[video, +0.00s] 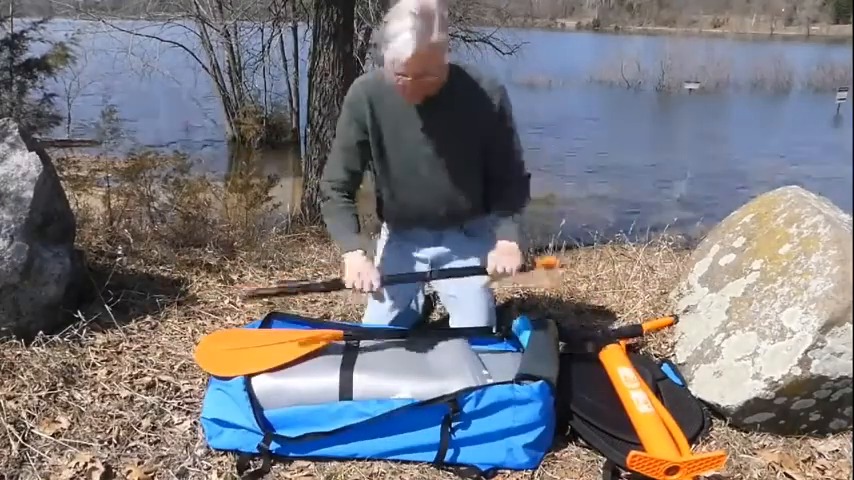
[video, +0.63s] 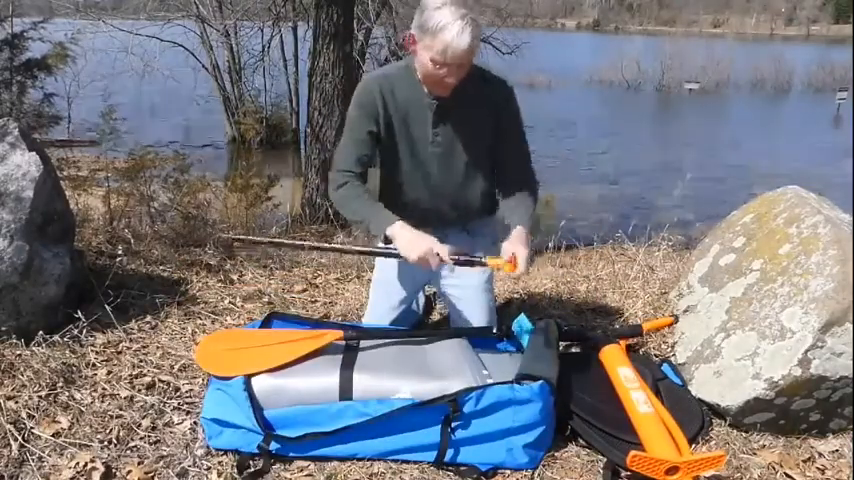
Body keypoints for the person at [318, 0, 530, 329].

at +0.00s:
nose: (410, 90)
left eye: (424, 77)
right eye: (400, 76)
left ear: (446, 61)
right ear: (384, 61)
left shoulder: (484, 94)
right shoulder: (365, 96)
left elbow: (509, 177)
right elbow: (336, 188)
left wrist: (507, 239)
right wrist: (353, 253)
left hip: (468, 238)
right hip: (400, 241)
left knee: (476, 345)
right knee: (376, 346)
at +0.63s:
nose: (451, 76)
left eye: (461, 66)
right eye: (439, 64)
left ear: (473, 55)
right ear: (412, 44)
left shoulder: (495, 95)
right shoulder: (378, 92)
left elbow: (518, 177)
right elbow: (343, 183)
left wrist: (520, 231)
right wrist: (399, 231)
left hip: (473, 239)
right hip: (402, 239)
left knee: (478, 350)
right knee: (376, 349)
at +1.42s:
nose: (407, 97)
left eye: (420, 87)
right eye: (399, 84)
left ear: (451, 75)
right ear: (390, 66)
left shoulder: (492, 102)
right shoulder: (375, 99)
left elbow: (509, 201)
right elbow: (336, 197)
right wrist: (364, 271)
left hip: (470, 243)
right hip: (401, 243)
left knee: (473, 357)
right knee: (381, 353)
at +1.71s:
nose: (439, 110)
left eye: (447, 97)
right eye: (426, 100)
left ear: (454, 76)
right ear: (393, 80)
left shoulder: (487, 114)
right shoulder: (364, 108)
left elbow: (512, 192)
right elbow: (367, 199)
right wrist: (405, 253)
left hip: (471, 245)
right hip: (400, 243)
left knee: (474, 355)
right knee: (388, 357)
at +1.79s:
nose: (444, 132)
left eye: (455, 124)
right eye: (434, 123)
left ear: (472, 92)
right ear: (411, 88)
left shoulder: (501, 125)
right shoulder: (377, 109)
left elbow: (534, 204)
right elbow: (355, 187)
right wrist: (375, 255)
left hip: (469, 247)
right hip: (401, 242)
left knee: (478, 355)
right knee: (374, 351)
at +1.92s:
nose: (412, 142)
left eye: (424, 138)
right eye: (408, 133)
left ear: (455, 124)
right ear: (406, 103)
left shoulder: (496, 140)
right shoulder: (378, 114)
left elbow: (533, 230)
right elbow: (350, 184)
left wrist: (567, 321)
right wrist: (339, 261)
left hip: (469, 249)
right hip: (401, 248)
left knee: (477, 349)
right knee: (377, 346)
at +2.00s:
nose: (378, 148)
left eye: (386, 140)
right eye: (370, 139)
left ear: (419, 118)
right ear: (362, 117)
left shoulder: (473, 134)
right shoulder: (353, 136)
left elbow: (511, 214)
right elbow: (318, 217)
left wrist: (514, 290)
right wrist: (283, 305)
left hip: (467, 243)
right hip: (401, 245)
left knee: (475, 350)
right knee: (380, 346)